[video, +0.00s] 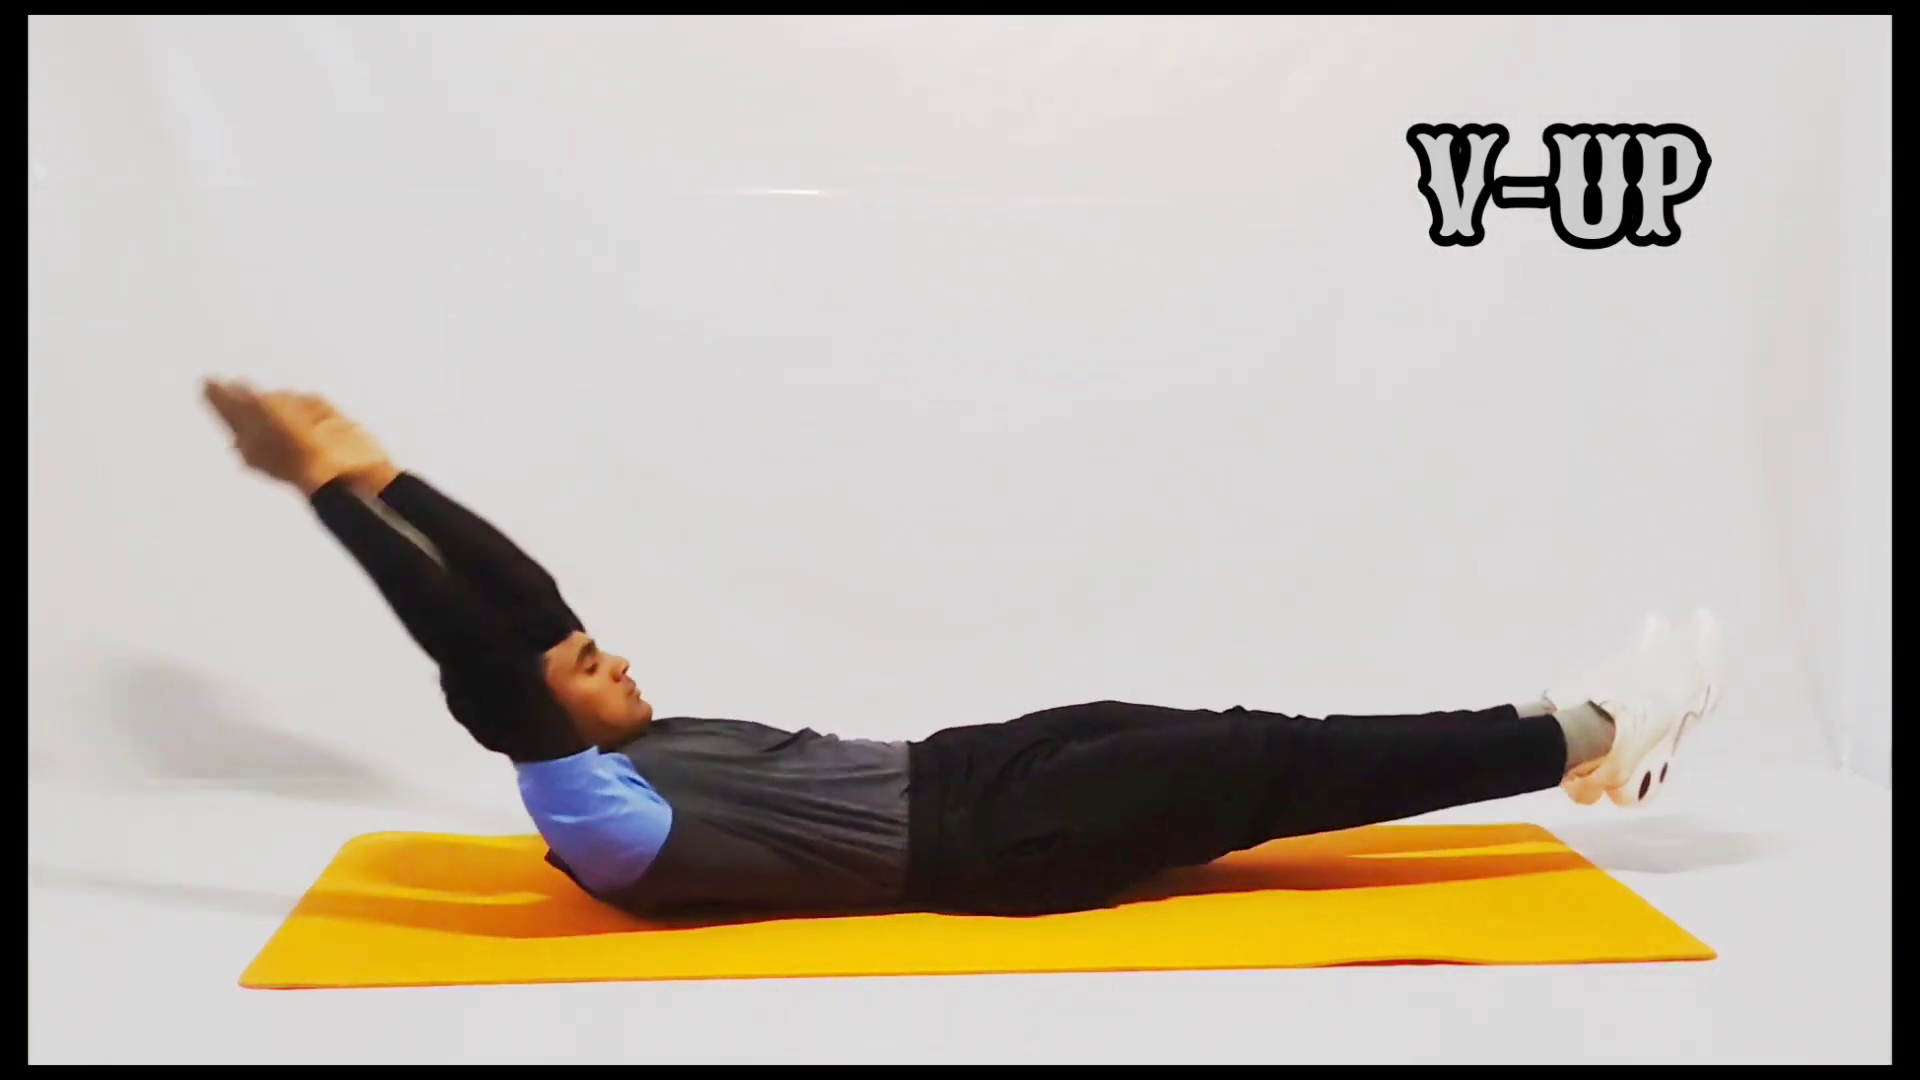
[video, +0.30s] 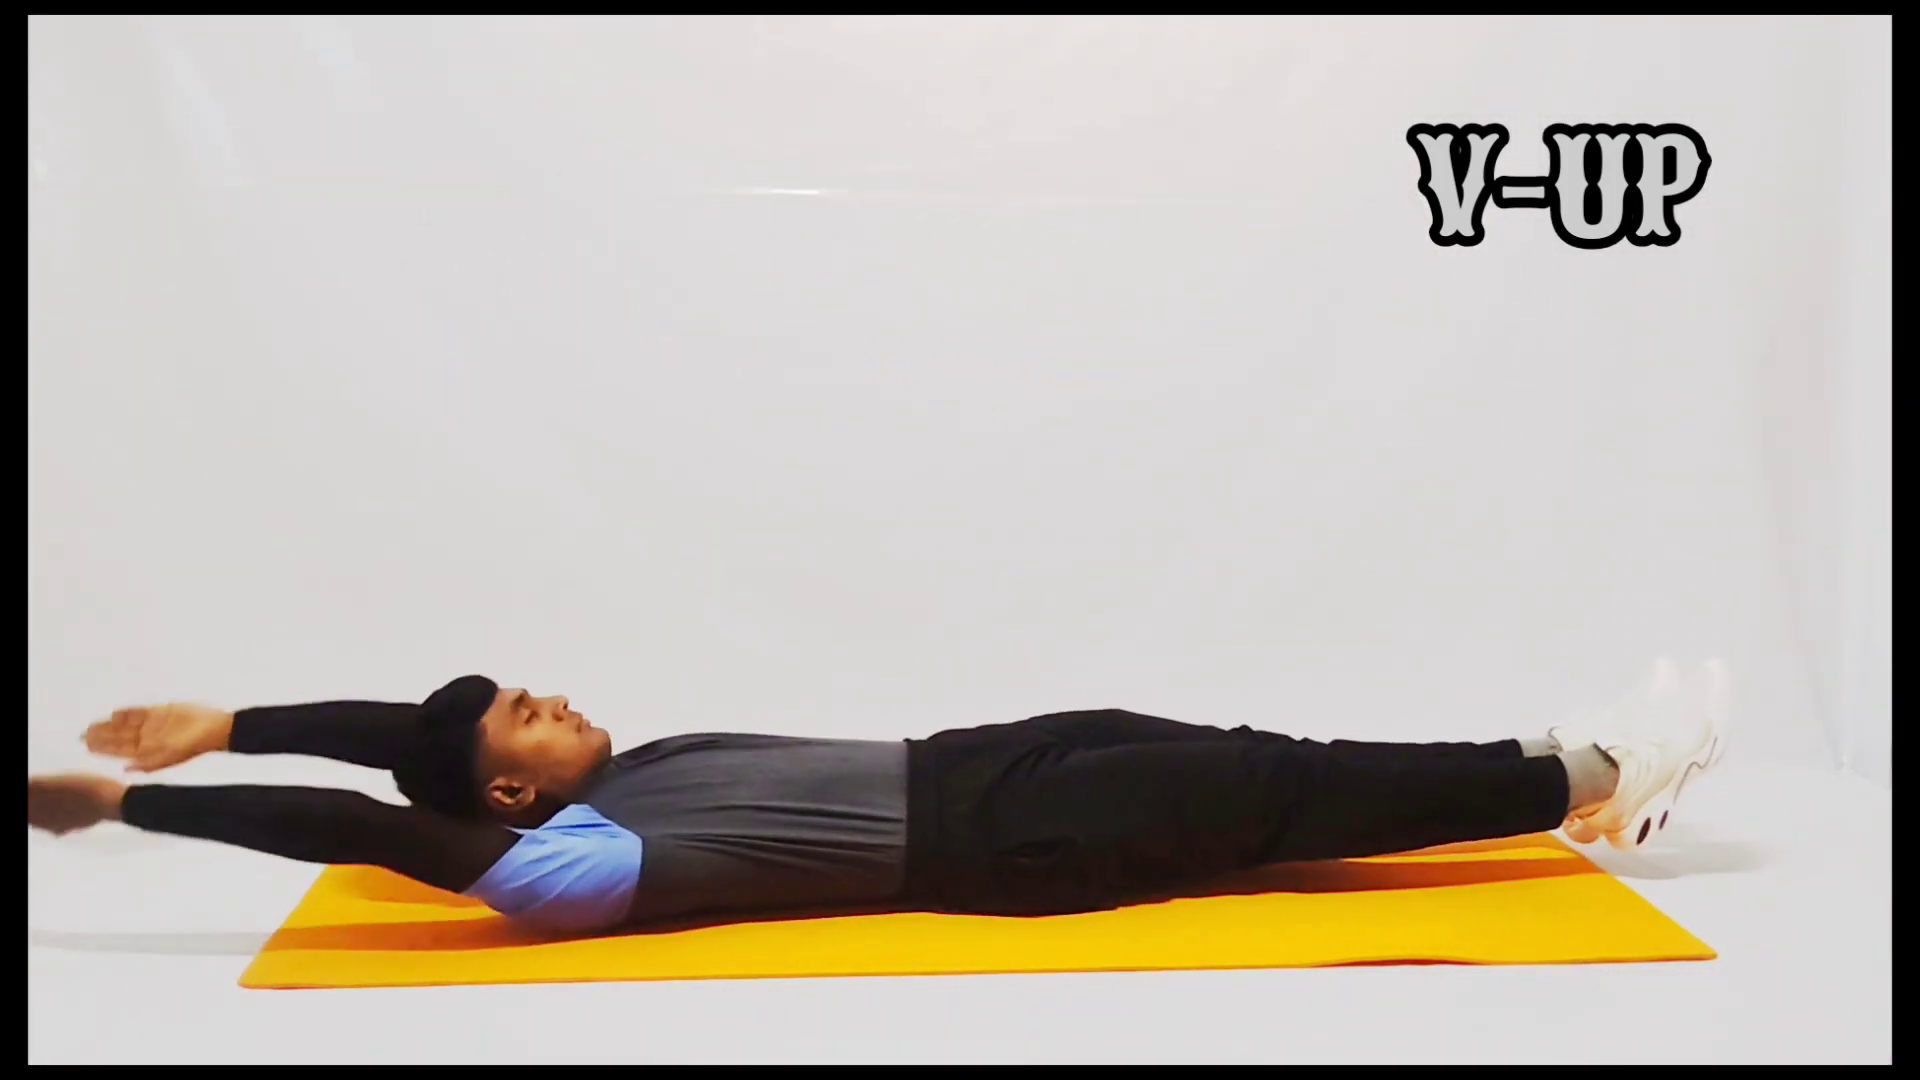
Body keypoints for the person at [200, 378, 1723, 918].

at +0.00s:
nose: (599, 660)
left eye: (586, 643)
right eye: (575, 658)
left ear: (588, 673)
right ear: (547, 710)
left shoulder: (647, 757)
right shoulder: (610, 811)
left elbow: (516, 617)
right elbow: (471, 647)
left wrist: (381, 477)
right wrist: (338, 497)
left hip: (985, 767)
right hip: (978, 827)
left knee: (1272, 744)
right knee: (1266, 762)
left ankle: (1566, 740)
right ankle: (1571, 755)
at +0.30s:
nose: (542, 713)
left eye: (522, 705)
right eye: (515, 726)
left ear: (537, 725)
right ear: (490, 789)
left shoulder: (611, 771)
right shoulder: (570, 846)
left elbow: (404, 728)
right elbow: (346, 825)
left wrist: (217, 723)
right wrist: (130, 801)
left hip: (994, 756)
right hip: (975, 822)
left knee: (1267, 759)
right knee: (1265, 793)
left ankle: (1564, 783)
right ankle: (1566, 781)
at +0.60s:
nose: (534, 739)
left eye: (517, 730)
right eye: (506, 753)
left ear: (541, 739)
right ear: (496, 808)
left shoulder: (624, 776)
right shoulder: (591, 853)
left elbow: (377, 790)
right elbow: (395, 865)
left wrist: (175, 824)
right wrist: (159, 853)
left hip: (995, 751)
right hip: (979, 824)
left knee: (1268, 757)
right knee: (1274, 805)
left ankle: (1558, 781)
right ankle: (1572, 801)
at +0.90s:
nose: (564, 718)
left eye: (543, 710)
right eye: (537, 727)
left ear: (544, 747)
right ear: (510, 788)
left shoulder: (600, 790)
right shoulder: (600, 842)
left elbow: (393, 747)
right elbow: (391, 786)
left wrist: (192, 703)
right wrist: (191, 719)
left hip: (1002, 772)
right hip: (993, 815)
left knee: (1279, 763)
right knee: (1285, 780)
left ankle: (1576, 769)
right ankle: (1581, 758)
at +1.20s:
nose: (622, 639)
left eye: (609, 628)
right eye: (592, 640)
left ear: (591, 657)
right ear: (547, 689)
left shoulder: (637, 721)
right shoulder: (619, 750)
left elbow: (687, 535)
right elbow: (697, 548)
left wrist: (679, 352)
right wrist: (717, 344)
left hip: (962, 776)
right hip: (965, 830)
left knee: (1229, 656)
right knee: (1236, 685)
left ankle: (1523, 555)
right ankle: (1528, 560)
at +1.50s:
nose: (834, 509)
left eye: (821, 491)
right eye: (812, 497)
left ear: (757, 524)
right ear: (751, 525)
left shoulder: (765, 600)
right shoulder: (773, 606)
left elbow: (937, 475)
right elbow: (944, 487)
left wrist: (1067, 329)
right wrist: (1104, 336)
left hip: (966, 792)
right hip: (983, 833)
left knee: (1105, 539)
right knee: (1133, 559)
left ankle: (1291, 285)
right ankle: (1305, 295)